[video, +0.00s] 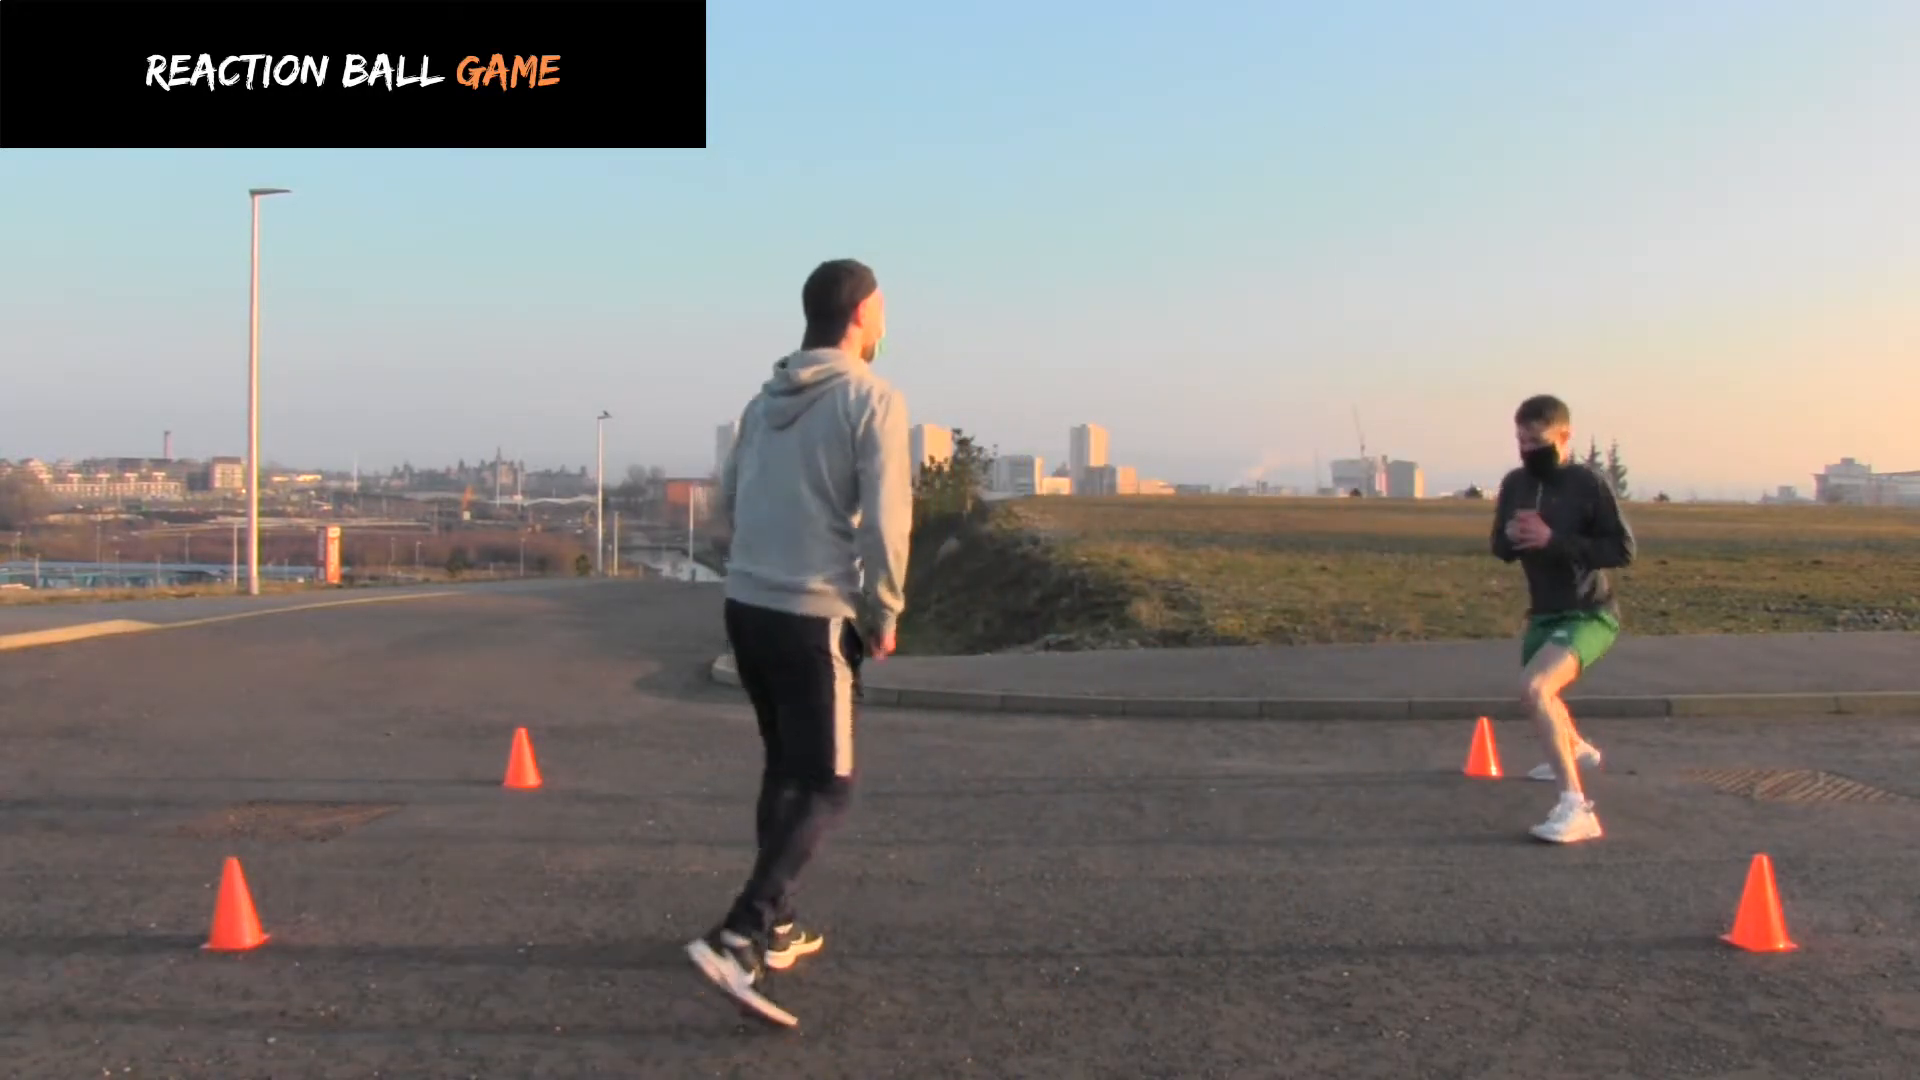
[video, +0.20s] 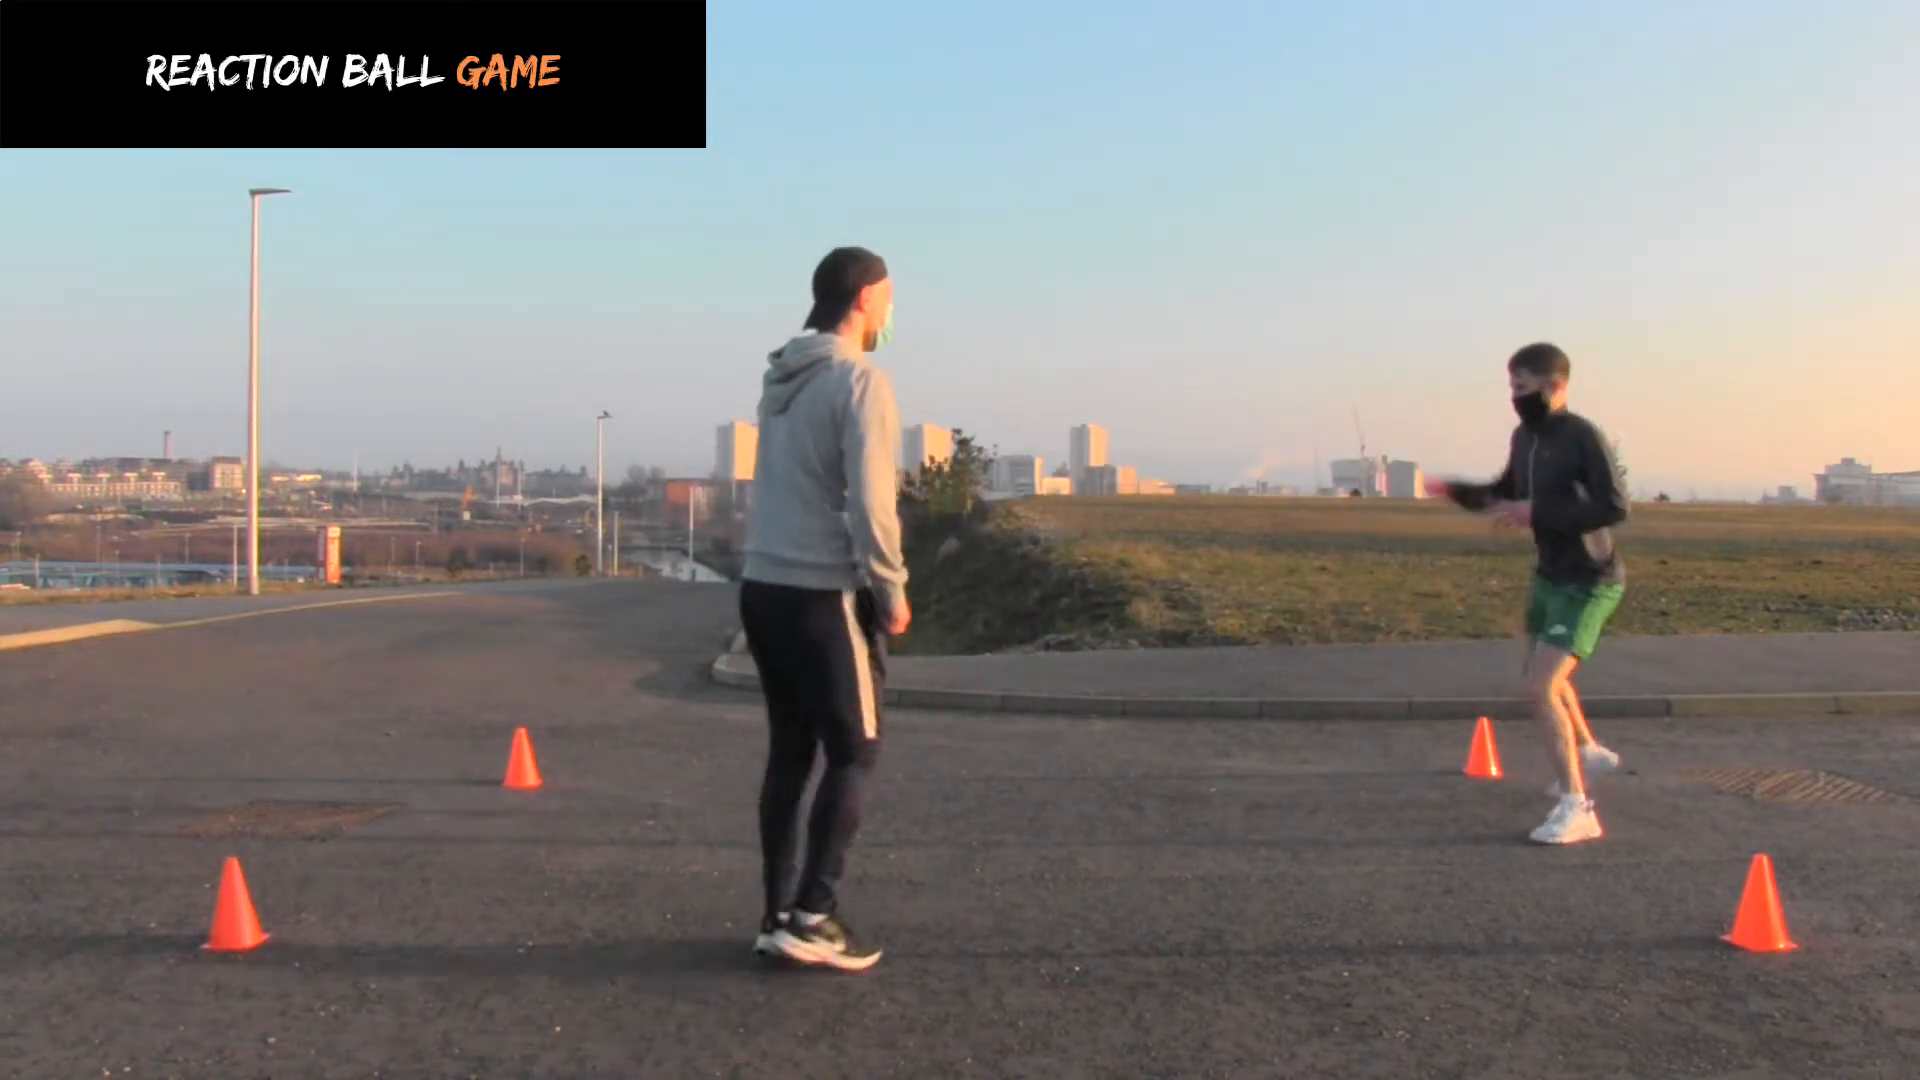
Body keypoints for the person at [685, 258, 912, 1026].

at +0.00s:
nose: (883, 322)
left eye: (879, 309)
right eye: (879, 309)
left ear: (815, 315)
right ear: (860, 315)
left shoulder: (767, 397)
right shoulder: (874, 398)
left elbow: (729, 500)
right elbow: (884, 520)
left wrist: (759, 570)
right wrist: (883, 613)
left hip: (746, 607)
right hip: (811, 615)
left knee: (783, 768)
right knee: (830, 784)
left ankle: (771, 925)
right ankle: (736, 939)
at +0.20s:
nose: (891, 311)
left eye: (890, 298)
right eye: (888, 298)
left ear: (828, 298)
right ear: (864, 300)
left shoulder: (786, 374)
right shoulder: (863, 378)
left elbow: (780, 488)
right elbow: (871, 498)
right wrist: (893, 589)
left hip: (765, 588)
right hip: (822, 593)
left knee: (792, 746)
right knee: (856, 750)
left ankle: (780, 916)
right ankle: (813, 915)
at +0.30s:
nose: (896, 309)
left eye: (894, 295)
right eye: (892, 295)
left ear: (834, 299)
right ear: (869, 300)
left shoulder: (791, 371)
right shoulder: (866, 378)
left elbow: (799, 476)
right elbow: (874, 496)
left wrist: (880, 496)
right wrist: (899, 587)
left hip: (769, 584)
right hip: (825, 589)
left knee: (805, 735)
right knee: (861, 746)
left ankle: (782, 897)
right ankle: (827, 913)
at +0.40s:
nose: (899, 325)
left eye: (897, 311)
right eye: (896, 312)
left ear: (832, 315)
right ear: (875, 317)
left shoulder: (787, 396)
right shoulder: (873, 401)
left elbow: (785, 502)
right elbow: (887, 520)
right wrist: (910, 609)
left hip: (779, 597)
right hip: (839, 601)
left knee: (825, 725)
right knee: (868, 756)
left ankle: (784, 856)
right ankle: (824, 920)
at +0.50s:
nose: (896, 321)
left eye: (894, 308)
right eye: (892, 309)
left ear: (829, 313)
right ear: (871, 314)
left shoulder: (786, 393)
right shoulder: (871, 398)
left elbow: (782, 498)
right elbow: (885, 512)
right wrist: (910, 605)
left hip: (780, 591)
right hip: (837, 596)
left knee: (828, 719)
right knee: (858, 750)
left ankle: (791, 854)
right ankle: (824, 917)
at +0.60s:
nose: (887, 318)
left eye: (885, 305)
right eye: (883, 306)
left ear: (824, 312)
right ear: (864, 314)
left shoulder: (782, 389)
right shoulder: (863, 391)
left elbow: (758, 484)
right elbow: (876, 500)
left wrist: (798, 547)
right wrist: (902, 589)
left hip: (774, 579)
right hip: (827, 582)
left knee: (814, 714)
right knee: (850, 738)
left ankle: (774, 852)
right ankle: (823, 906)